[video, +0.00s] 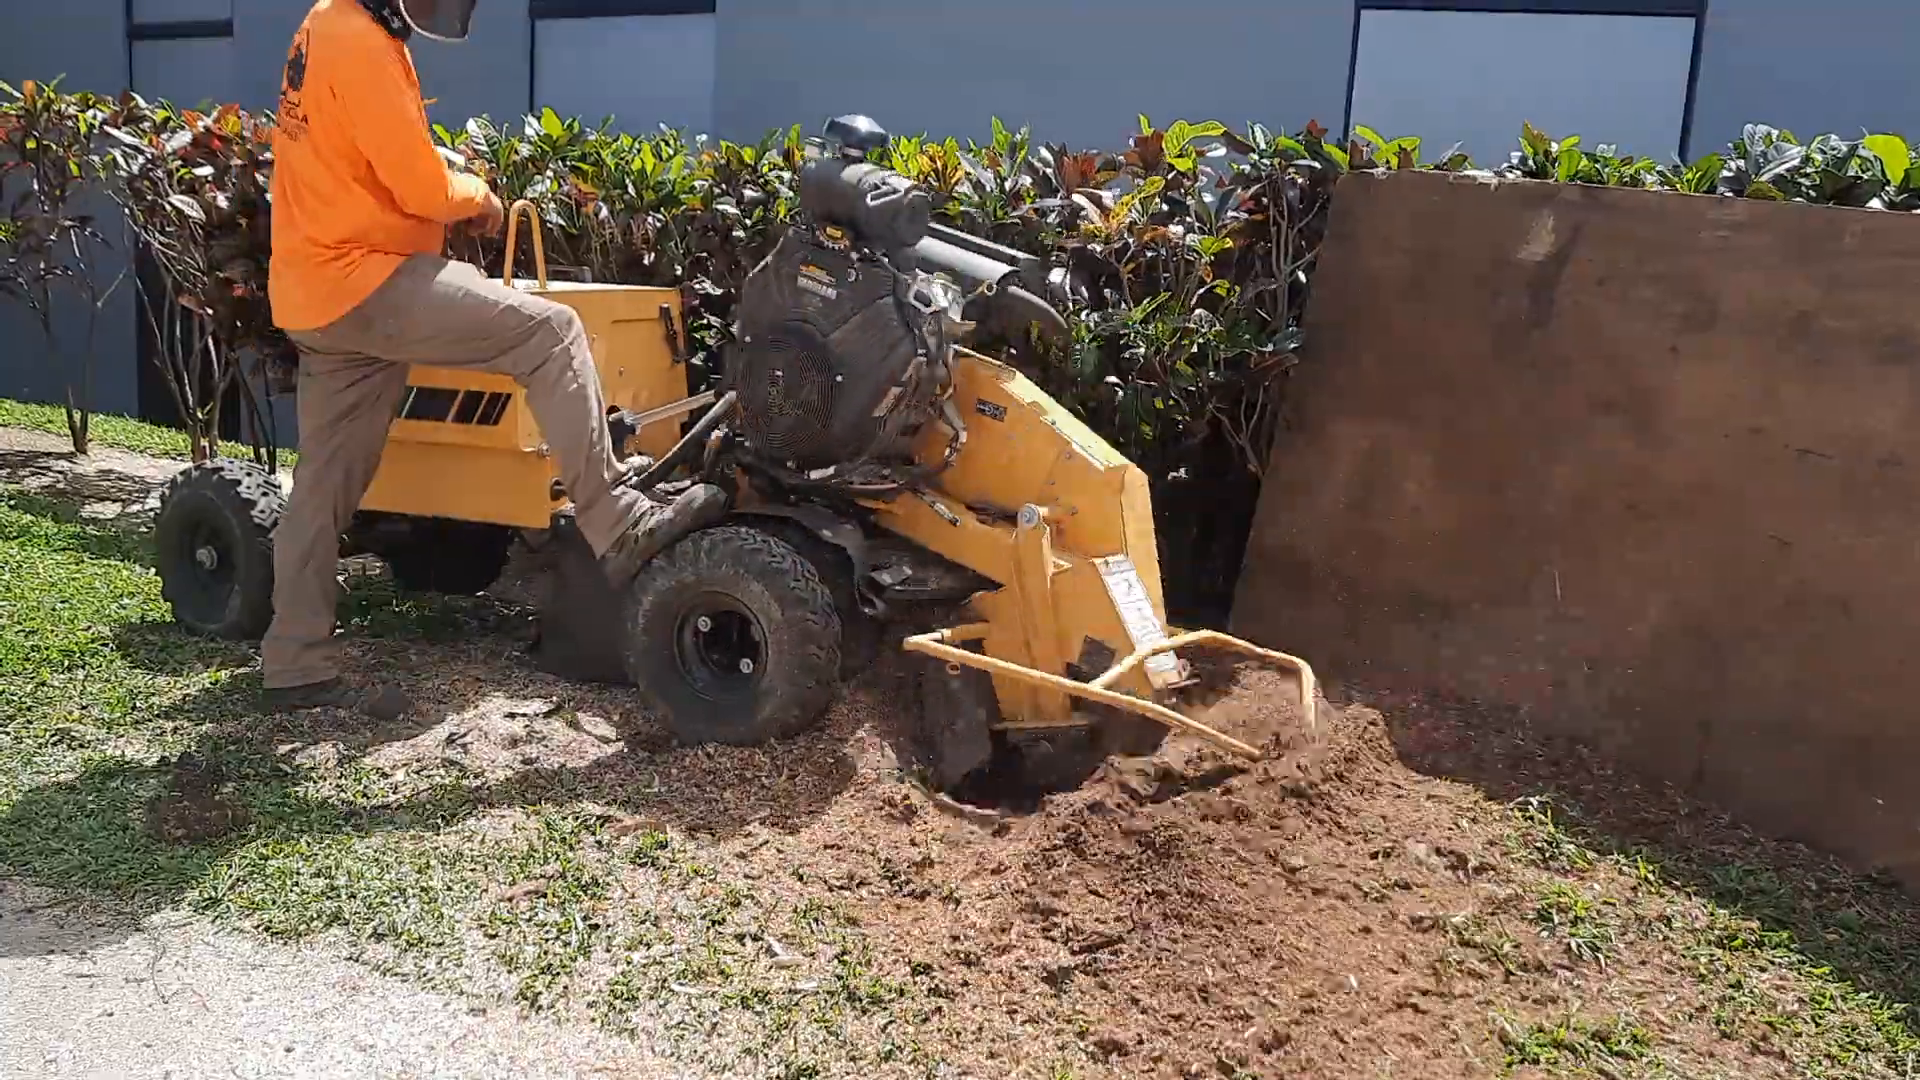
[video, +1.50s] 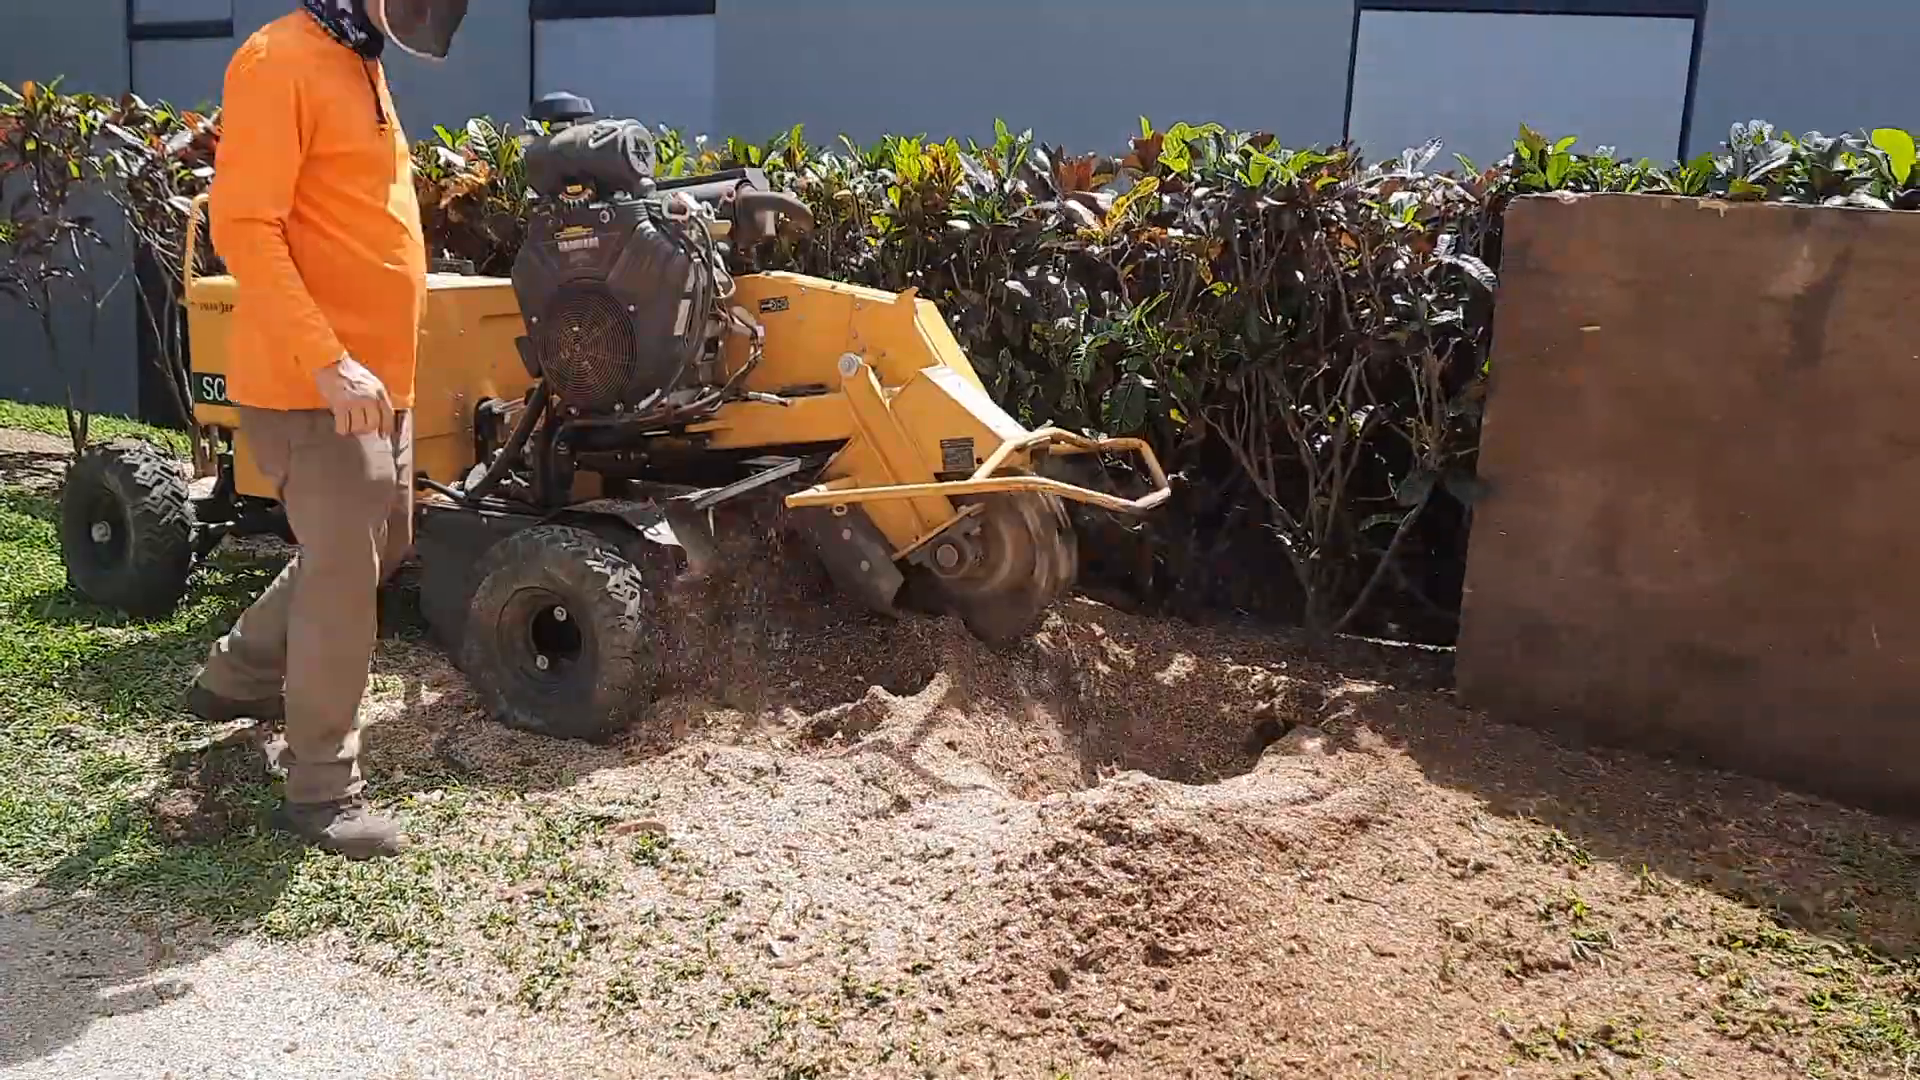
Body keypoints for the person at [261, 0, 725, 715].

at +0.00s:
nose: (434, 26)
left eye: (440, 19)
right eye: (435, 16)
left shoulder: (335, 24)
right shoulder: (362, 44)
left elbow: (373, 158)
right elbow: (422, 189)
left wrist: (450, 180)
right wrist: (476, 193)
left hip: (318, 287)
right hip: (360, 280)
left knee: (323, 488)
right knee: (549, 333)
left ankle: (294, 666)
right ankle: (617, 520)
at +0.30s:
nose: (479, 8)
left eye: (480, 4)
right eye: (474, 2)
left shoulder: (315, 25)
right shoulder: (437, 61)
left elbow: (297, 153)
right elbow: (501, 196)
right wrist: (529, 194)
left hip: (334, 315)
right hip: (411, 327)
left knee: (351, 491)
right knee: (398, 515)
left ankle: (302, 666)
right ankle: (373, 707)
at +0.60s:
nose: (481, 16)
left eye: (483, 9)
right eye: (480, 6)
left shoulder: (317, 24)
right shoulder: (420, 50)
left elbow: (309, 163)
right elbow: (490, 191)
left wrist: (458, 196)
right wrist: (516, 197)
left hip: (349, 317)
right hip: (399, 328)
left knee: (422, 497)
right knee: (389, 514)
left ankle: (425, 656)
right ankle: (371, 706)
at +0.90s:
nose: (476, 27)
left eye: (481, 19)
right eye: (477, 16)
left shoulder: (335, 20)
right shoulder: (417, 61)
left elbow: (366, 160)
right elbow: (474, 201)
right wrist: (540, 197)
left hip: (351, 312)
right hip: (406, 323)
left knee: (419, 494)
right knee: (398, 508)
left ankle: (425, 657)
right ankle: (369, 708)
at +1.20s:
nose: (480, 22)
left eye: (484, 15)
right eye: (481, 11)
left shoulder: (330, 30)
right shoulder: (416, 53)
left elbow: (329, 172)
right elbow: (489, 185)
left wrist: (479, 198)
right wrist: (543, 196)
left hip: (357, 321)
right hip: (411, 328)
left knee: (428, 492)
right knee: (398, 510)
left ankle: (424, 657)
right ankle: (369, 707)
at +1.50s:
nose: (415, 17)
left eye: (419, 10)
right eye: (411, 5)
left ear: (387, 7)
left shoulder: (357, 67)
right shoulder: (277, 61)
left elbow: (344, 233)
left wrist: (387, 367)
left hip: (376, 378)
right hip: (313, 385)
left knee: (379, 540)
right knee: (342, 568)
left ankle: (238, 673)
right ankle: (321, 792)